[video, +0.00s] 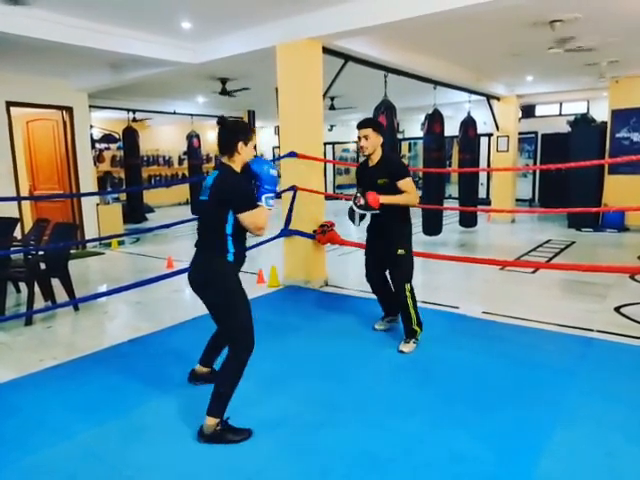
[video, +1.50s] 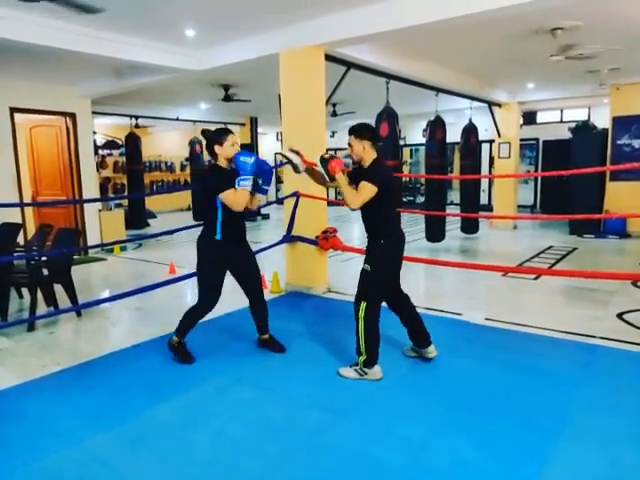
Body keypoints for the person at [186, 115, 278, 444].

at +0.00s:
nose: (254, 151)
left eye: (254, 145)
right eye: (252, 145)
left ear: (228, 147)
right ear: (240, 147)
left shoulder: (214, 176)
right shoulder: (234, 181)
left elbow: (246, 218)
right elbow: (259, 224)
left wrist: (259, 189)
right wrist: (267, 189)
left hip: (202, 269)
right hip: (219, 274)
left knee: (231, 322)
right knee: (243, 343)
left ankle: (203, 368)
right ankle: (213, 423)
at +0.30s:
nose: (218, 142)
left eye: (217, 137)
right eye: (215, 136)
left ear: (196, 138)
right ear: (202, 138)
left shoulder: (199, 168)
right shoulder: (192, 171)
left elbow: (222, 204)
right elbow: (224, 210)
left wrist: (225, 184)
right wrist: (227, 176)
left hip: (197, 255)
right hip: (180, 257)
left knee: (215, 311)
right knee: (193, 323)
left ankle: (201, 371)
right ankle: (149, 386)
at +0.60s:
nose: (202, 150)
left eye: (202, 145)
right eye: (199, 145)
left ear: (184, 147)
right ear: (183, 146)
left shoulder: (193, 174)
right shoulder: (170, 177)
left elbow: (214, 209)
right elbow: (199, 213)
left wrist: (216, 180)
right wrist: (211, 183)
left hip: (190, 256)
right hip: (166, 259)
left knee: (217, 301)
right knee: (168, 326)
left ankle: (215, 347)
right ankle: (136, 387)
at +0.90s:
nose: (203, 150)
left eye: (203, 145)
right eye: (199, 145)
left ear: (192, 146)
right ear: (183, 147)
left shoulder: (200, 170)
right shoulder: (173, 176)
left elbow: (222, 203)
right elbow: (201, 210)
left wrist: (225, 175)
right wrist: (209, 177)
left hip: (201, 249)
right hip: (176, 252)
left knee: (221, 299)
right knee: (179, 314)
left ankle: (214, 350)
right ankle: (148, 361)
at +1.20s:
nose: (210, 154)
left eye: (210, 149)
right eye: (205, 150)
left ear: (197, 153)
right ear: (189, 154)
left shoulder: (213, 176)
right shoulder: (177, 184)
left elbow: (249, 188)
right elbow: (186, 220)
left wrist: (262, 173)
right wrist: (199, 190)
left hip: (214, 251)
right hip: (184, 255)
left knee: (247, 292)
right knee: (181, 313)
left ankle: (255, 334)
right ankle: (157, 359)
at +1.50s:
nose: (238, 149)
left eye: (238, 144)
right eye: (233, 145)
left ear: (235, 146)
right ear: (217, 148)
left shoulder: (236, 172)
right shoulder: (211, 174)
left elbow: (252, 206)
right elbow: (238, 204)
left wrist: (262, 185)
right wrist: (245, 175)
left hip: (237, 243)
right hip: (213, 245)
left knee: (255, 290)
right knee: (208, 300)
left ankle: (264, 335)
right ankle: (177, 340)